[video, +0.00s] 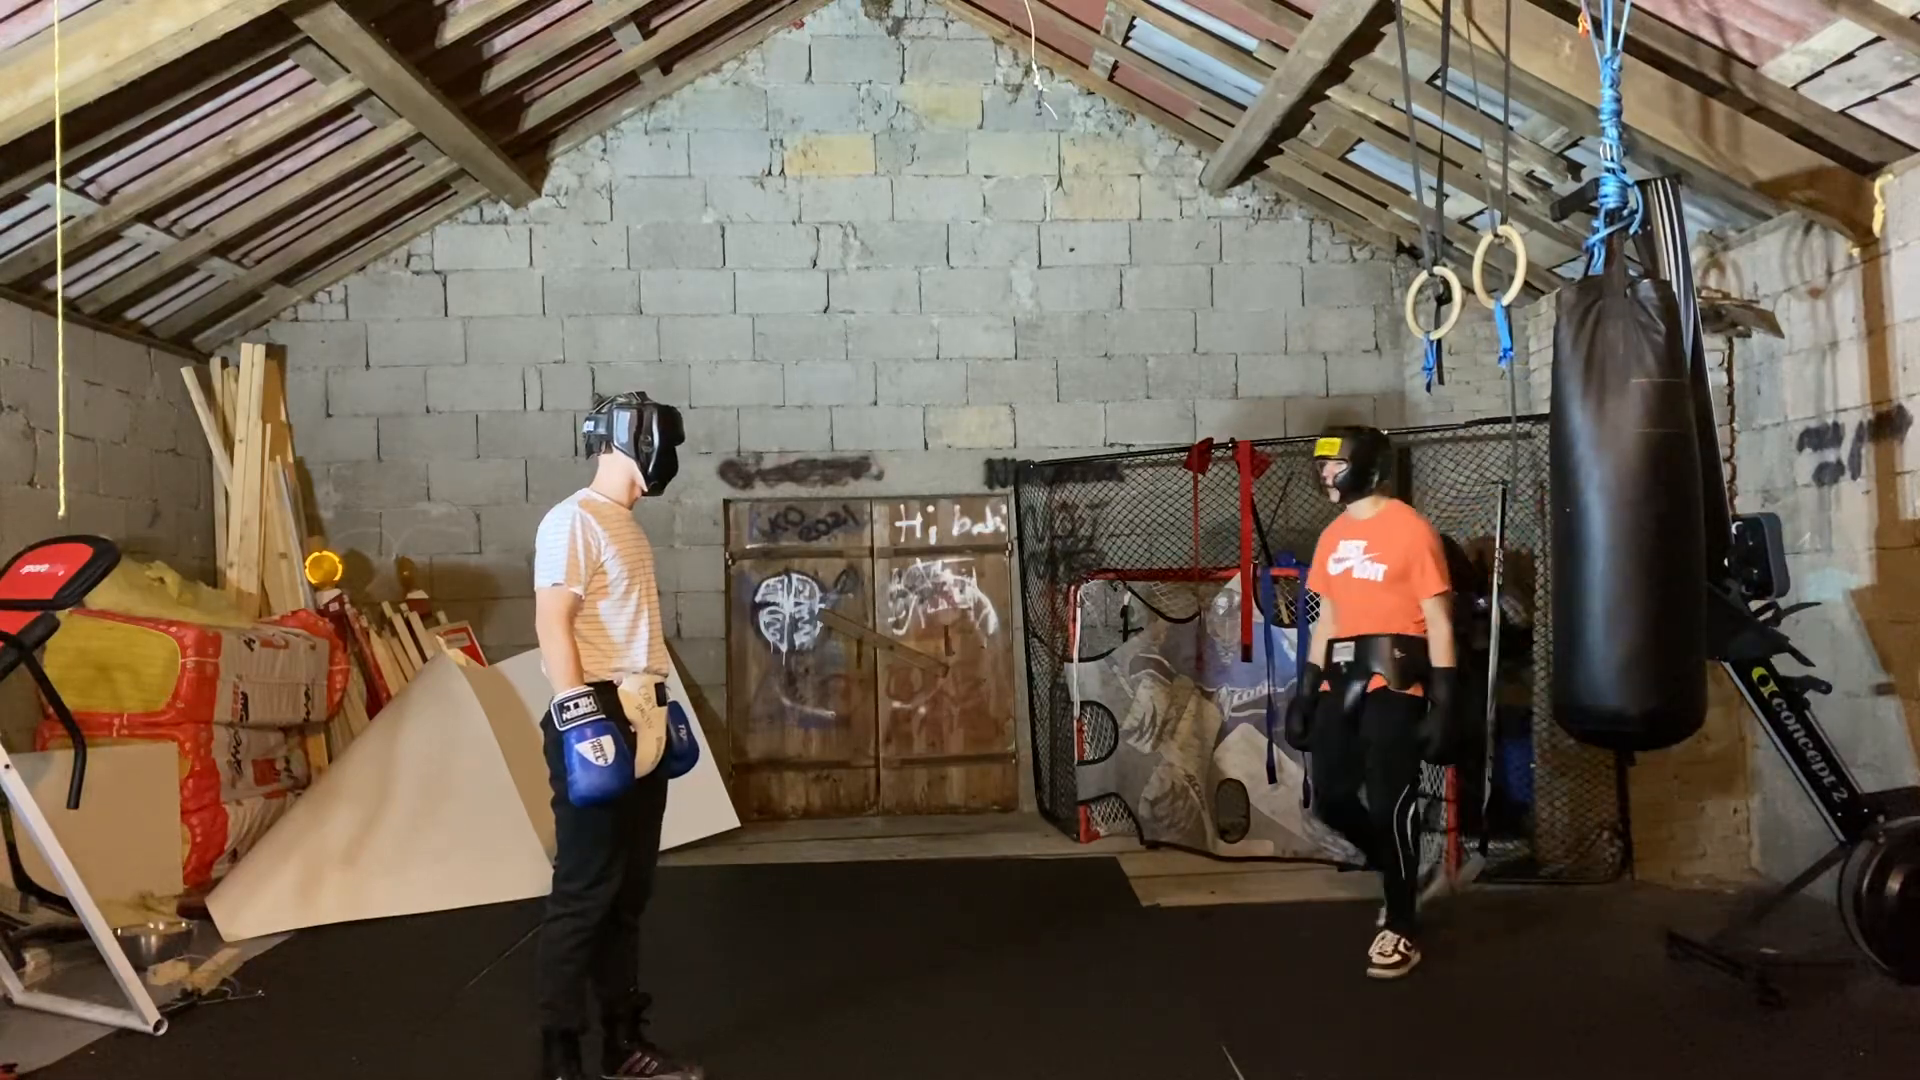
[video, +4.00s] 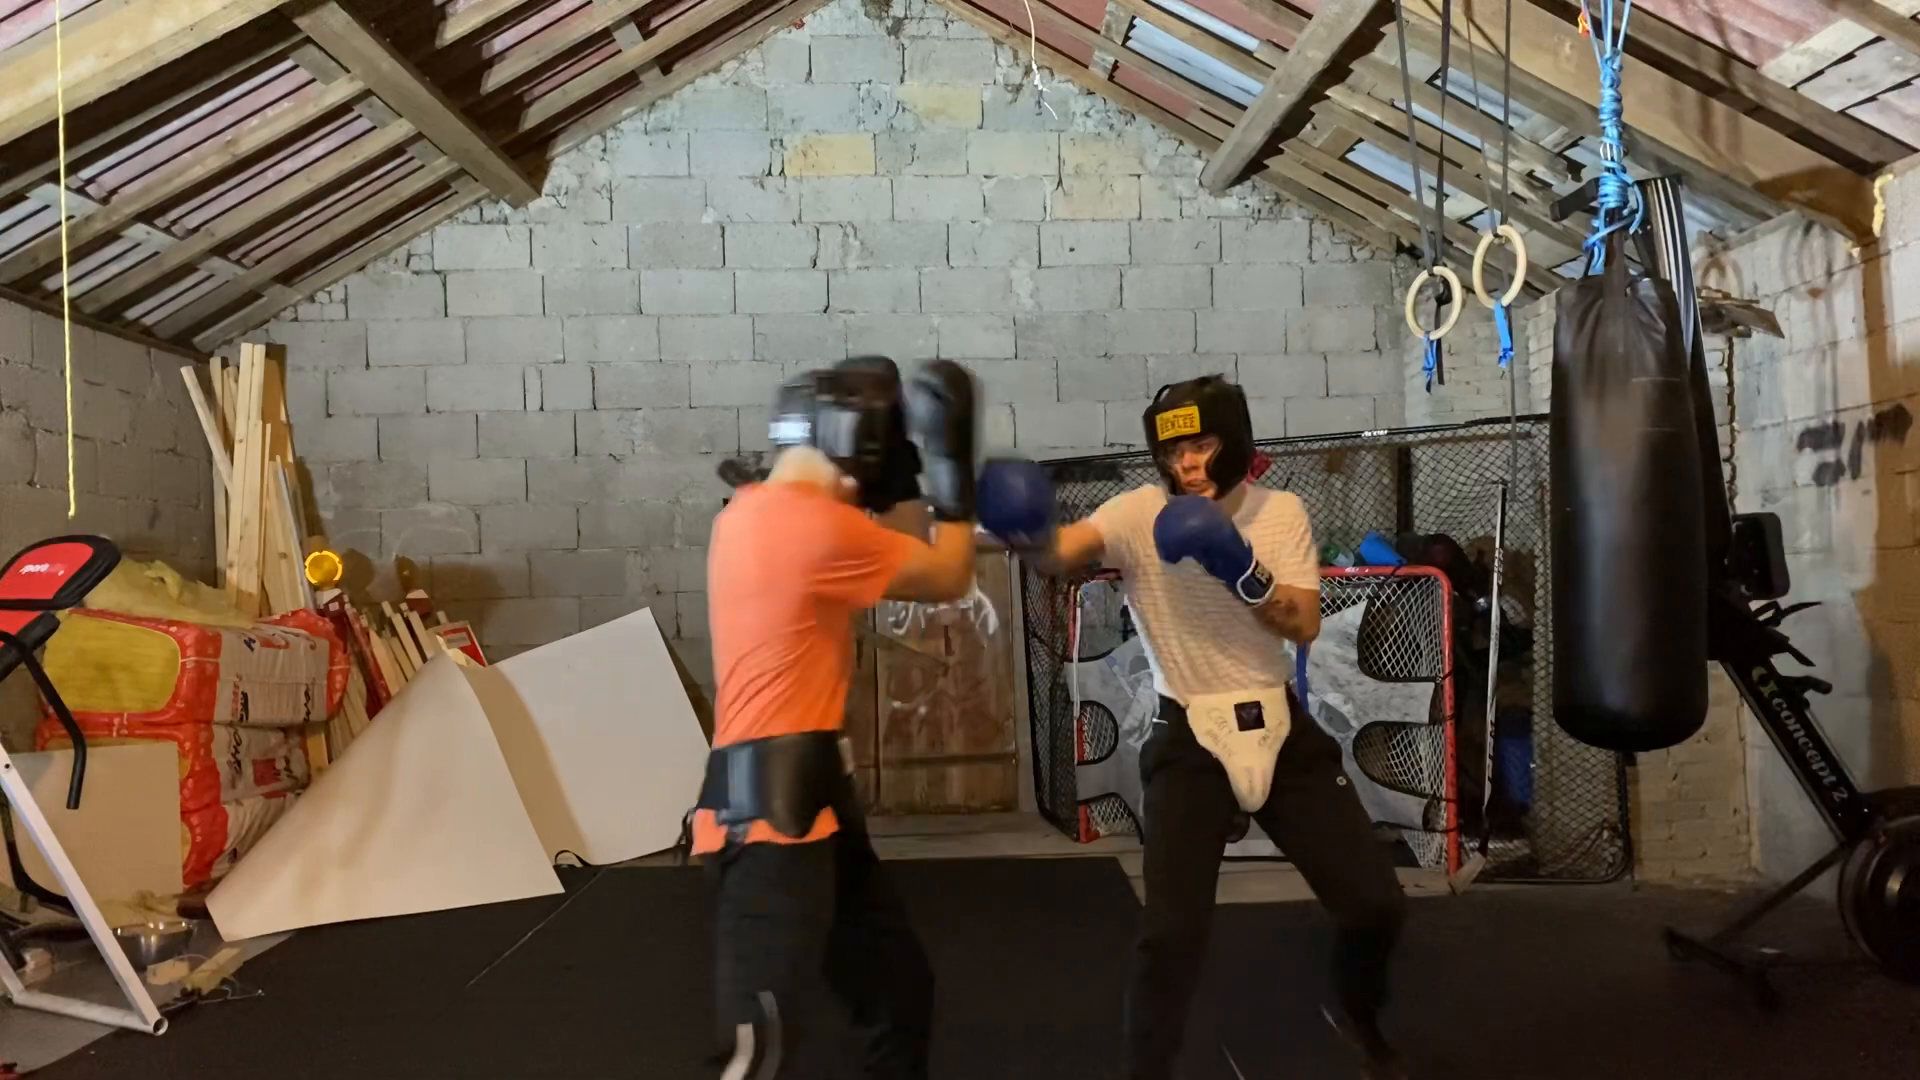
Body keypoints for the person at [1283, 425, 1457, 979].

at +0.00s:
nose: (1325, 472)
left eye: (1335, 461)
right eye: (1322, 462)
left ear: (1366, 463)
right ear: (1329, 470)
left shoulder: (1411, 528)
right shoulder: (1332, 534)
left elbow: (1438, 619)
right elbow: (1325, 617)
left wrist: (1444, 708)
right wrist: (1306, 689)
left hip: (1398, 681)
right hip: (1343, 681)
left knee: (1389, 806)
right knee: (1331, 800)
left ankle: (1398, 928)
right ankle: (1398, 868)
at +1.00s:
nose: (1096, 477)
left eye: (1104, 465)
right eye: (1097, 465)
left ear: (1132, 470)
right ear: (1146, 469)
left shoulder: (1165, 532)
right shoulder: (1163, 528)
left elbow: (1167, 631)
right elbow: (1156, 617)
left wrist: (1086, 608)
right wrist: (1087, 593)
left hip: (1155, 712)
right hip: (1167, 710)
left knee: (1104, 835)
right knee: (1163, 831)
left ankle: (1090, 985)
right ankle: (1221, 950)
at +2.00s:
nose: (1118, 425)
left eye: (1122, 414)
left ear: (1132, 417)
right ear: (1198, 421)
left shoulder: (1098, 480)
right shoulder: (1245, 499)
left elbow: (1054, 584)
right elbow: (1288, 635)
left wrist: (1047, 637)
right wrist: (1222, 646)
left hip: (1111, 721)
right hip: (1205, 723)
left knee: (1115, 880)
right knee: (1232, 900)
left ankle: (1128, 1050)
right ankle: (1252, 1064)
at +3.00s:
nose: (1086, 431)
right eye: (1082, 418)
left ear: (992, 425)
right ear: (1072, 422)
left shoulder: (938, 512)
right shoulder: (1097, 498)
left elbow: (932, 638)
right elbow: (1215, 606)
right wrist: (1180, 514)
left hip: (966, 800)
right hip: (1066, 802)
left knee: (987, 983)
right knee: (1136, 1008)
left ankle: (968, 1062)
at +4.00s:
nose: (890, 468)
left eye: (895, 449)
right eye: (889, 447)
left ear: (801, 431)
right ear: (859, 447)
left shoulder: (742, 516)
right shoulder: (818, 527)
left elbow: (892, 556)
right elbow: (950, 573)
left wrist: (912, 471)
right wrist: (953, 457)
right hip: (783, 821)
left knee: (897, 992)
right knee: (763, 1044)